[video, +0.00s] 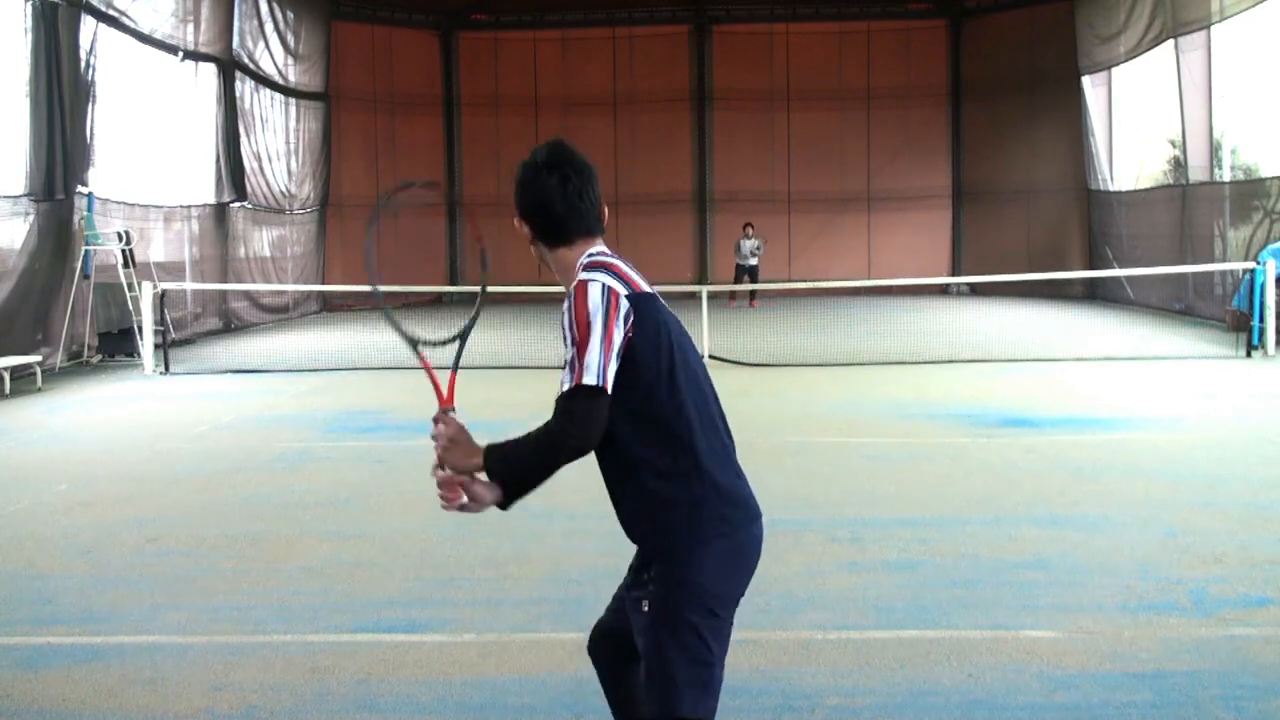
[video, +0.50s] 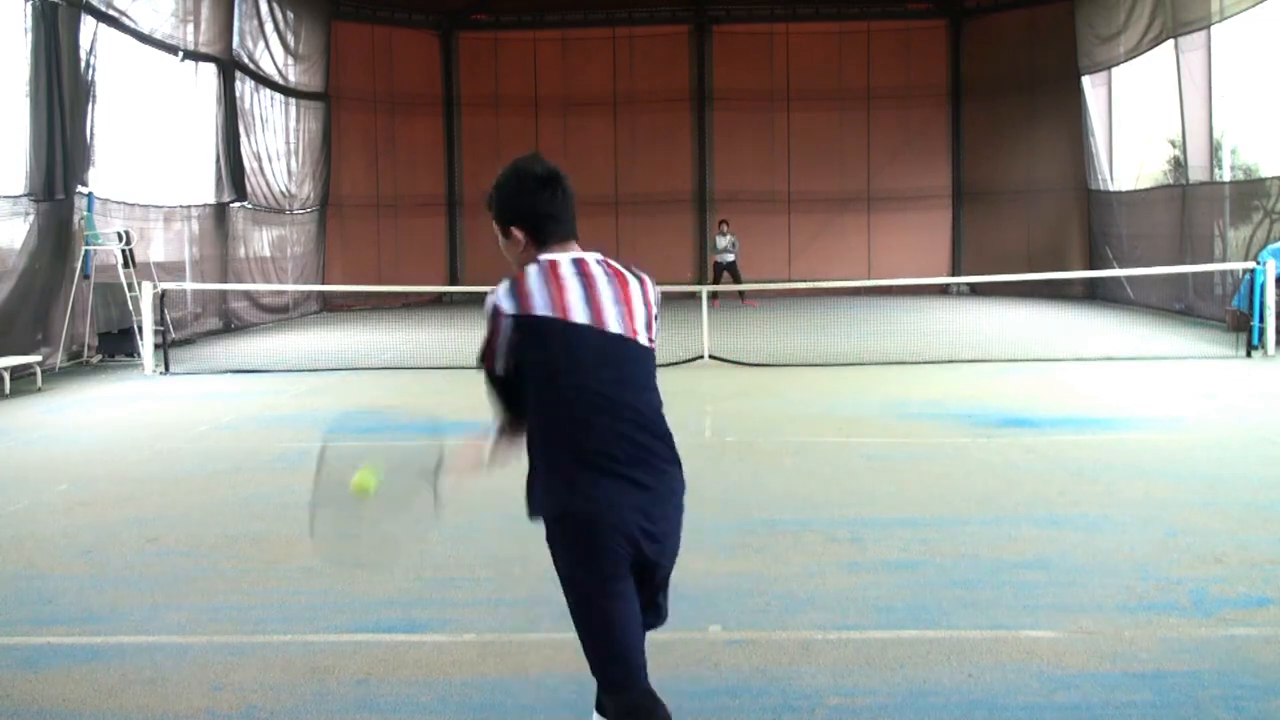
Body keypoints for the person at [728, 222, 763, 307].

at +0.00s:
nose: (749, 232)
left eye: (750, 229)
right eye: (747, 229)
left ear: (753, 231)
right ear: (744, 231)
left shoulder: (757, 241)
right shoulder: (740, 242)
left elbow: (760, 252)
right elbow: (736, 253)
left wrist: (754, 252)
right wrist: (744, 256)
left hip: (753, 265)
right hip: (741, 264)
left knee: (754, 283)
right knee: (737, 282)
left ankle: (752, 300)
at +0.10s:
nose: (744, 231)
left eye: (745, 229)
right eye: (742, 229)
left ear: (748, 230)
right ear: (739, 230)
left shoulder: (752, 240)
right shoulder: (735, 240)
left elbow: (755, 251)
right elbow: (732, 252)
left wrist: (748, 250)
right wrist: (740, 256)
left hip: (748, 264)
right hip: (736, 264)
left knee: (752, 282)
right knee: (729, 281)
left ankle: (752, 300)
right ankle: (723, 297)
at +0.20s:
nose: (738, 230)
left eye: (739, 228)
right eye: (736, 228)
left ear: (742, 229)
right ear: (733, 229)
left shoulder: (746, 239)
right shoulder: (729, 239)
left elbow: (750, 251)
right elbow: (726, 250)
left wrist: (742, 250)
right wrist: (734, 253)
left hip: (742, 263)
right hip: (730, 263)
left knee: (748, 282)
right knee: (723, 282)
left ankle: (751, 300)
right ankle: (717, 298)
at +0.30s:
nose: (731, 232)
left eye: (733, 230)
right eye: (730, 230)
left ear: (736, 232)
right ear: (727, 232)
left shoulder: (740, 242)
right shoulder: (723, 241)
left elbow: (743, 254)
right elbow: (719, 252)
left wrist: (735, 252)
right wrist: (728, 254)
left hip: (736, 265)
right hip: (724, 265)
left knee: (743, 283)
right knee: (718, 283)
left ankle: (750, 300)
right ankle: (715, 300)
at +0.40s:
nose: (726, 233)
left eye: (728, 231)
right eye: (725, 231)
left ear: (730, 233)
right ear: (722, 233)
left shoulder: (734, 243)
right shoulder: (718, 243)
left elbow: (737, 255)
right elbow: (715, 254)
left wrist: (730, 252)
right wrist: (725, 252)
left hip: (732, 267)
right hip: (720, 267)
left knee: (740, 283)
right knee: (715, 285)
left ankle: (748, 300)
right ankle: (715, 300)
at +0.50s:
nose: (723, 228)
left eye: (725, 226)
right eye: (722, 226)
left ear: (728, 228)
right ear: (719, 228)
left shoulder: (732, 237)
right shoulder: (716, 238)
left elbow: (735, 250)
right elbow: (715, 251)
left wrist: (728, 248)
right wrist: (725, 249)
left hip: (730, 261)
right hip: (719, 262)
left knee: (738, 279)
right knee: (716, 281)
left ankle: (743, 298)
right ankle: (715, 299)